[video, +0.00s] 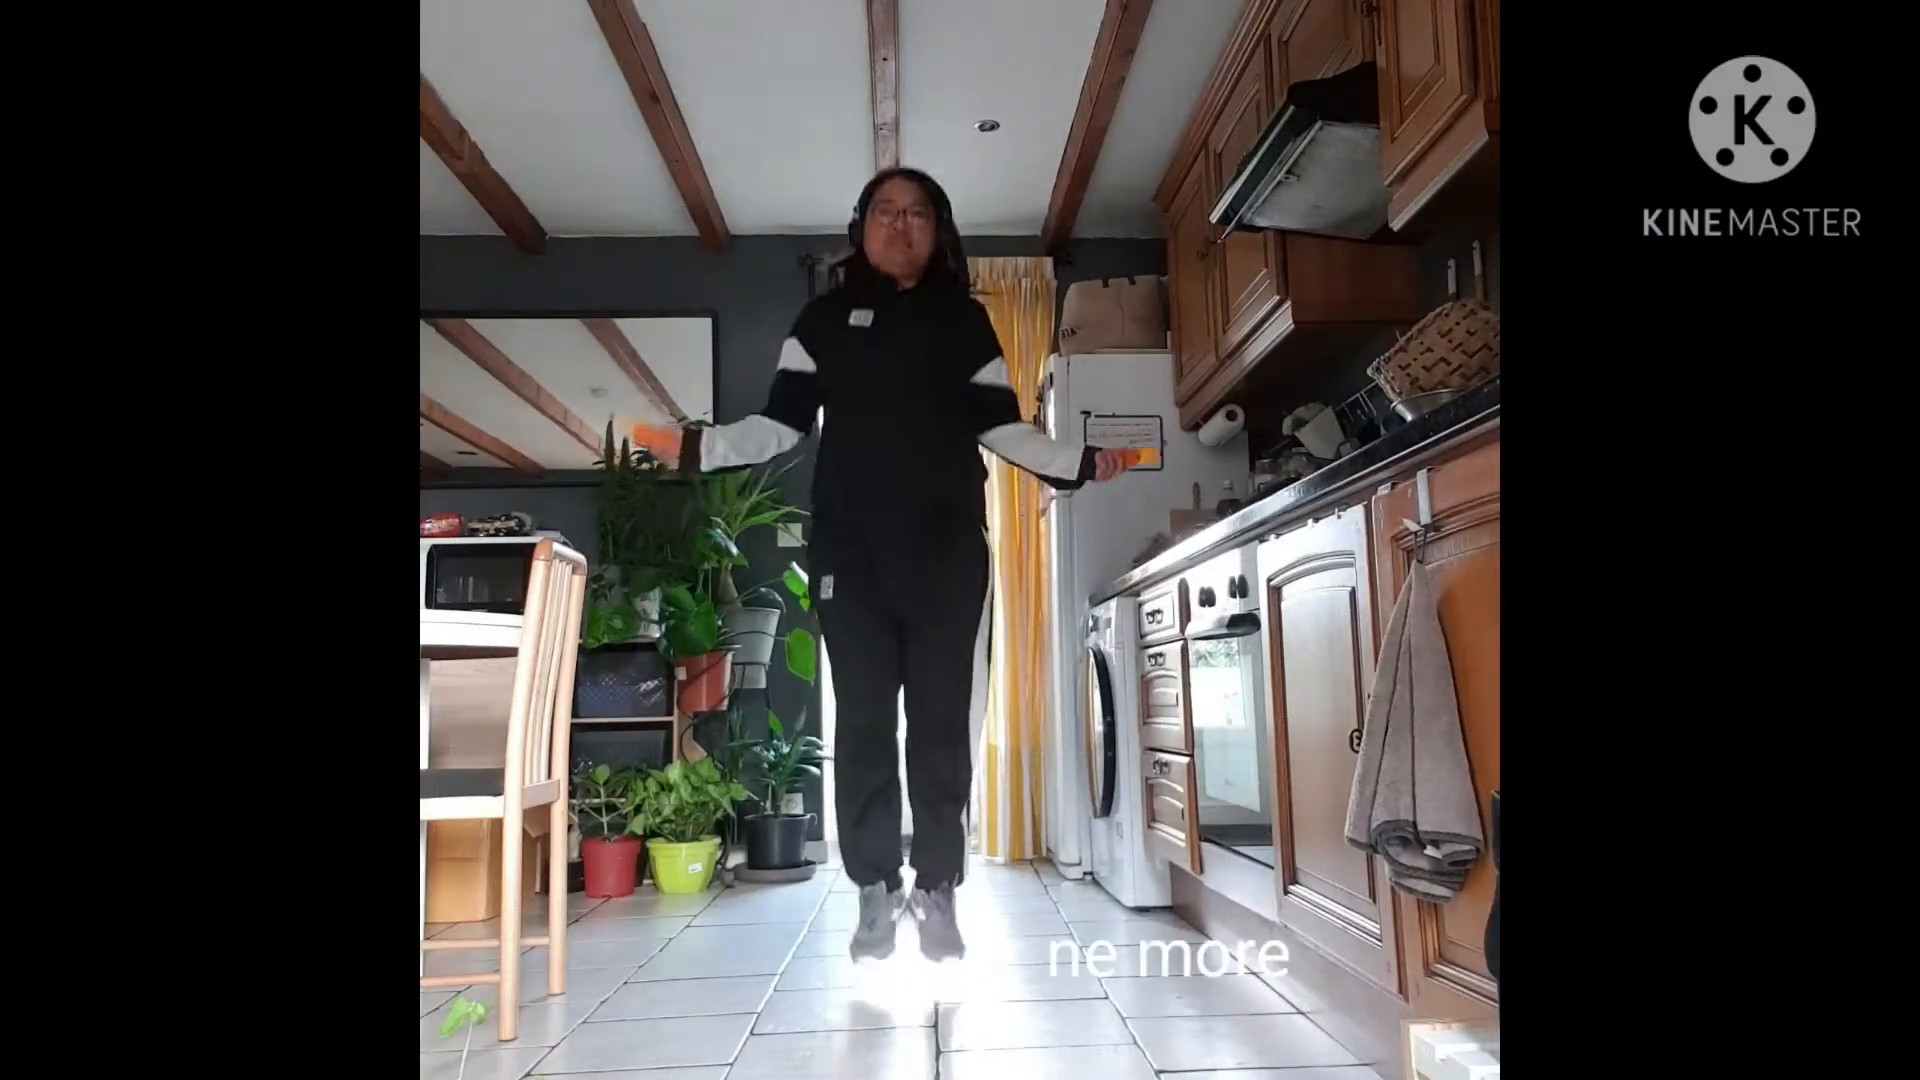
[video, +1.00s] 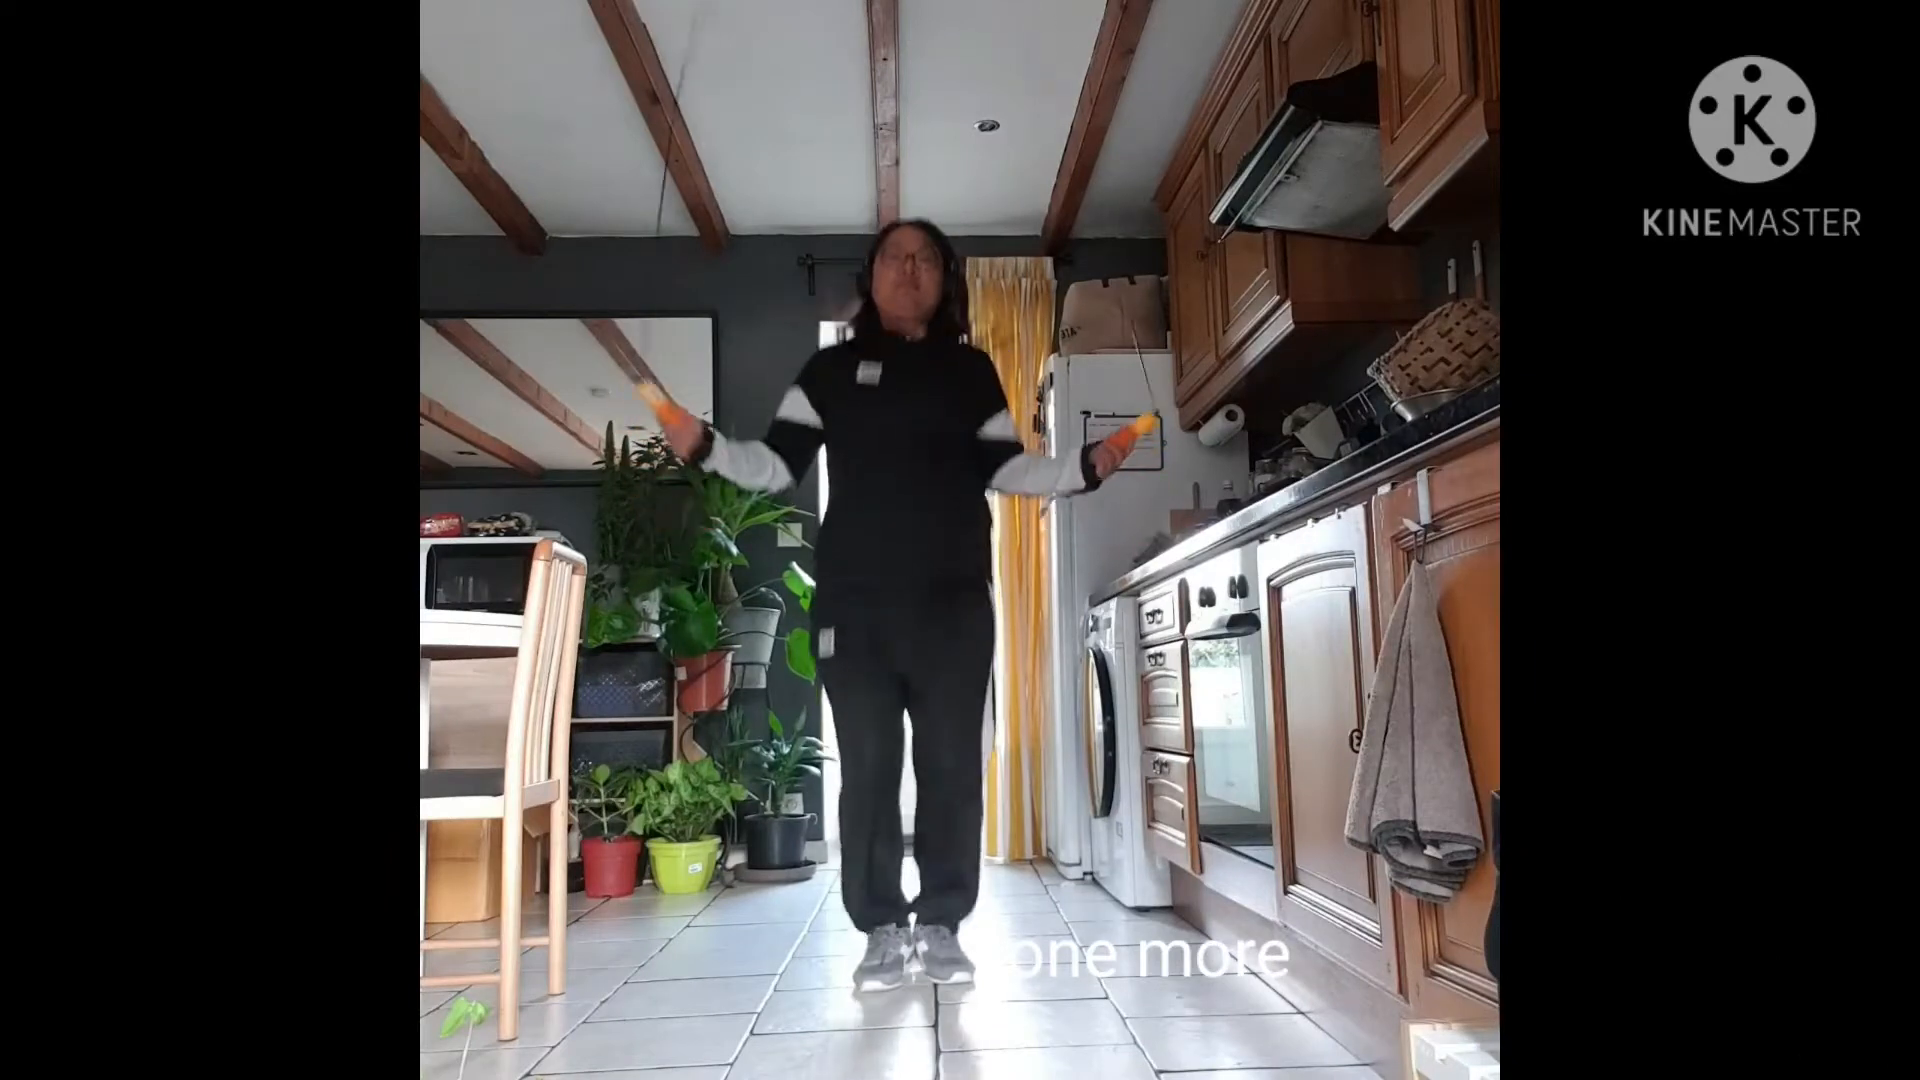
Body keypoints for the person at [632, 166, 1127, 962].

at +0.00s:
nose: (899, 224)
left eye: (915, 213)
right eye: (885, 211)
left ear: (939, 232)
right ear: (860, 229)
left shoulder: (962, 318)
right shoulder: (825, 317)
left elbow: (998, 424)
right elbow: (785, 424)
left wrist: (1068, 464)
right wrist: (706, 443)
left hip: (946, 544)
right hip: (851, 543)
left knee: (941, 720)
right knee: (863, 721)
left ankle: (937, 890)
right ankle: (876, 891)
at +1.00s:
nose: (907, 268)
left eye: (922, 258)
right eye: (893, 257)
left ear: (946, 281)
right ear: (868, 279)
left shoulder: (970, 370)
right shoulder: (833, 367)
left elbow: (1005, 469)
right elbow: (777, 465)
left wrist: (1084, 467)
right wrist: (706, 447)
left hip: (953, 597)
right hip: (857, 595)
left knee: (950, 766)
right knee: (868, 767)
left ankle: (942, 927)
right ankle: (883, 929)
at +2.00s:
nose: (901, 268)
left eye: (918, 257)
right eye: (887, 255)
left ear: (940, 277)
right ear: (865, 273)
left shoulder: (966, 367)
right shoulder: (827, 364)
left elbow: (1002, 473)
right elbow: (786, 466)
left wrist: (1077, 515)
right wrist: (726, 514)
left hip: (948, 593)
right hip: (852, 592)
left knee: (946, 760)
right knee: (864, 761)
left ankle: (937, 920)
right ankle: (880, 920)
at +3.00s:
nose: (902, 211)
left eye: (918, 201)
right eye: (888, 200)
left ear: (943, 225)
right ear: (864, 222)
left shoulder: (965, 311)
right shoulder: (828, 308)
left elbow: (1004, 425)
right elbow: (786, 422)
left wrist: (1074, 487)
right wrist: (705, 481)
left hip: (947, 540)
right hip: (850, 538)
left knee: (949, 713)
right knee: (863, 714)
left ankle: (943, 885)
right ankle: (875, 887)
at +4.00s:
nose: (910, 222)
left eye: (925, 213)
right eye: (895, 213)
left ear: (950, 238)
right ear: (871, 237)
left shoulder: (972, 323)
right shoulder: (836, 319)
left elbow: (1009, 428)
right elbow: (786, 424)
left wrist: (1096, 463)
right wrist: (695, 455)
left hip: (953, 548)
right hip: (858, 547)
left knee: (951, 724)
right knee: (870, 725)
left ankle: (941, 891)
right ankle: (882, 896)